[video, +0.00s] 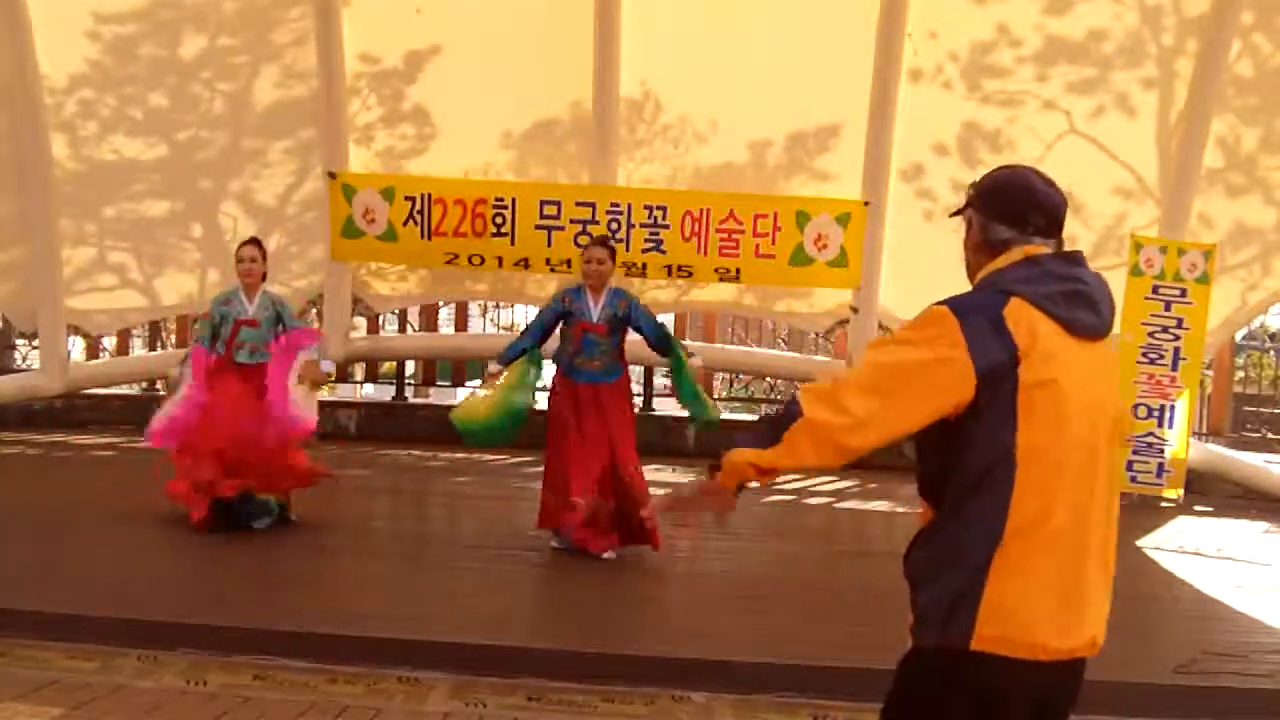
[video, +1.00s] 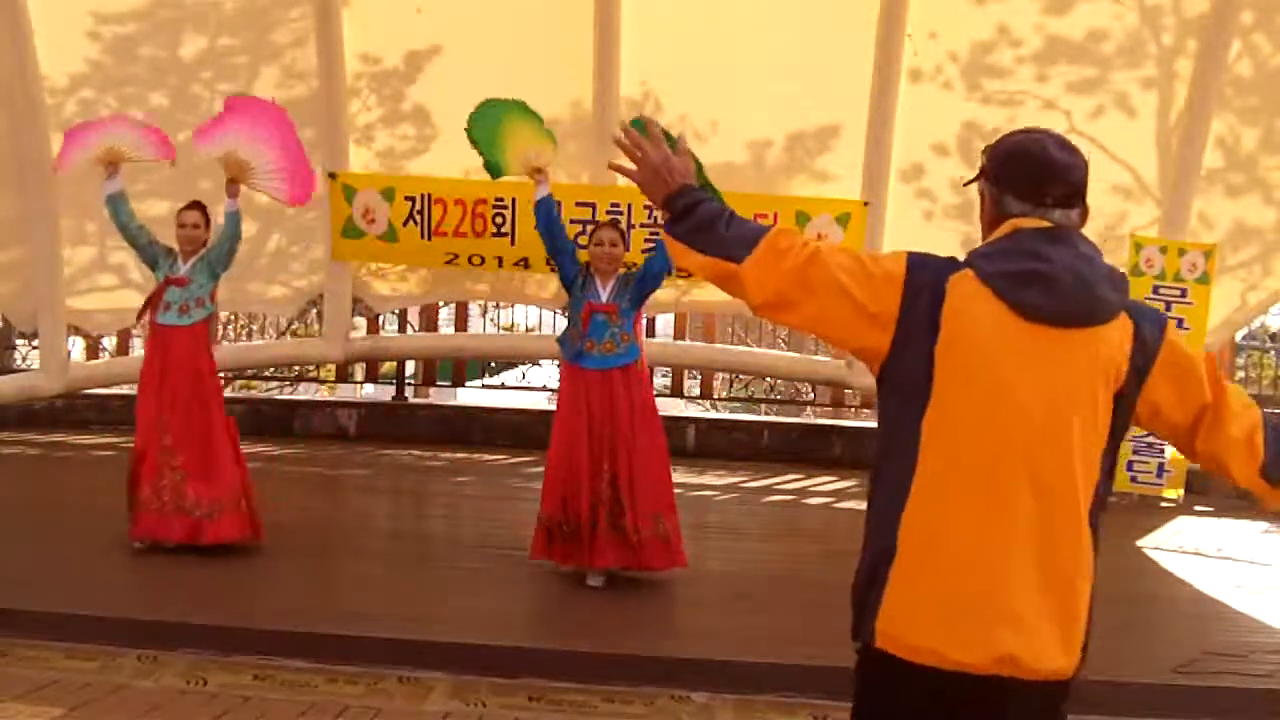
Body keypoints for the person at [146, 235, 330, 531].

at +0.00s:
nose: (247, 267)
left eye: (254, 261)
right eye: (242, 261)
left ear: (264, 267)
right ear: (235, 266)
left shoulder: (275, 305)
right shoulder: (222, 303)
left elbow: (298, 338)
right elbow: (203, 344)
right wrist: (197, 379)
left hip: (262, 376)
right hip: (226, 375)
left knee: (264, 435)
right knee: (224, 434)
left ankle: (278, 500)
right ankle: (219, 499)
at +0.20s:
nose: (237, 251)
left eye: (243, 246)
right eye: (232, 246)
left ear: (255, 251)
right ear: (225, 251)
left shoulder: (265, 289)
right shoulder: (212, 287)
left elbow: (300, 315)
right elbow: (176, 319)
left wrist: (338, 329)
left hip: (250, 368)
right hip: (215, 367)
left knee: (256, 433)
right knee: (198, 431)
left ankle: (267, 504)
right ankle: (180, 509)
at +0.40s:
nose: (220, 235)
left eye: (226, 229)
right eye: (215, 230)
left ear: (239, 234)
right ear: (208, 235)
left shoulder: (250, 268)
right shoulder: (197, 267)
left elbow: (292, 276)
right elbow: (159, 275)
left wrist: (337, 272)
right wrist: (121, 273)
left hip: (232, 355)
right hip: (199, 355)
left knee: (238, 426)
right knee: (196, 426)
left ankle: (244, 506)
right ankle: (198, 510)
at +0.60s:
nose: (204, 232)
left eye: (211, 226)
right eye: (199, 226)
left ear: (224, 232)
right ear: (193, 231)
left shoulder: (233, 263)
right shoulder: (182, 264)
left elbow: (276, 248)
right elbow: (142, 248)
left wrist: (317, 220)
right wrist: (106, 220)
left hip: (218, 357)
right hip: (184, 358)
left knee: (215, 431)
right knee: (187, 432)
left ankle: (211, 514)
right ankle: (192, 513)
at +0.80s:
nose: (195, 233)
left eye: (202, 228)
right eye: (190, 227)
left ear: (213, 232)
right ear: (182, 230)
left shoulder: (218, 265)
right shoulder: (172, 263)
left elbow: (251, 238)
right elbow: (135, 235)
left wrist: (276, 201)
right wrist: (106, 191)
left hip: (207, 365)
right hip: (173, 364)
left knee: (205, 437)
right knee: (171, 438)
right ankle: (170, 522)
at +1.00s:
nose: (188, 231)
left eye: (195, 226)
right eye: (182, 225)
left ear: (207, 233)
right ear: (174, 229)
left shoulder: (210, 267)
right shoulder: (164, 263)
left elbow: (230, 238)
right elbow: (130, 229)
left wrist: (233, 194)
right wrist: (112, 178)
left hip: (194, 369)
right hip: (160, 368)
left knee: (198, 444)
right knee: (157, 443)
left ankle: (204, 527)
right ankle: (156, 527)